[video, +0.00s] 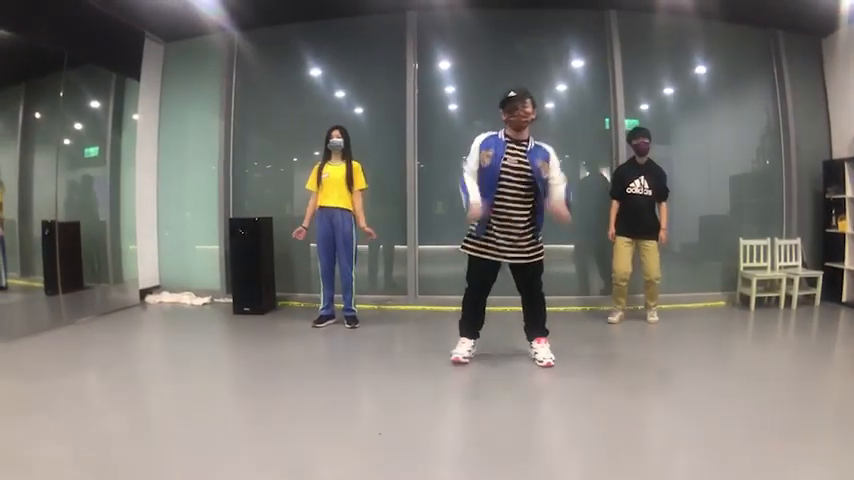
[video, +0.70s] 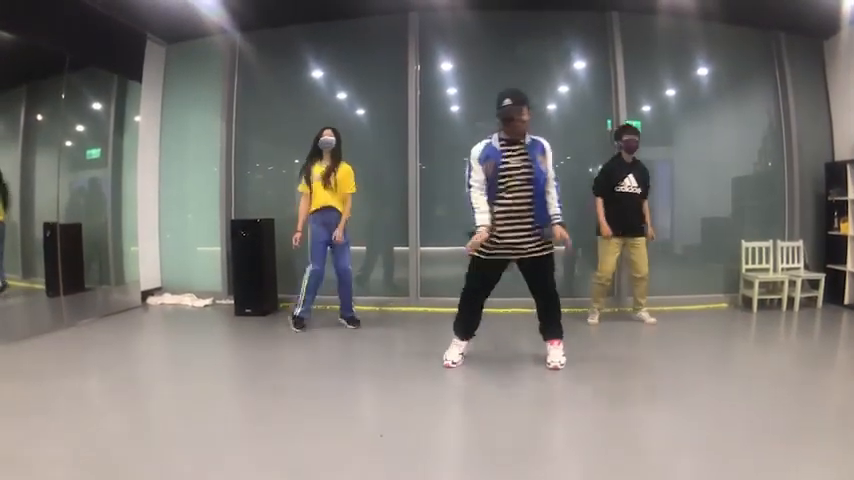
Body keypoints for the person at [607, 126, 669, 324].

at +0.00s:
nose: (643, 145)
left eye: (646, 142)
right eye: (638, 142)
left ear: (650, 144)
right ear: (631, 144)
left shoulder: (657, 172)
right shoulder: (621, 171)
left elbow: (662, 202)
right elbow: (615, 200)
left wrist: (663, 228)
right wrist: (611, 226)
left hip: (649, 232)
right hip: (624, 232)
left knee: (652, 276)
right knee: (620, 273)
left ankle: (651, 308)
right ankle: (619, 308)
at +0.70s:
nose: (632, 143)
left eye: (635, 140)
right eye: (627, 140)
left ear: (638, 142)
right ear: (619, 142)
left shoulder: (642, 170)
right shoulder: (610, 167)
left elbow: (644, 200)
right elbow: (598, 195)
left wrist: (648, 225)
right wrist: (602, 223)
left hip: (636, 230)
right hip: (612, 230)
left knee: (641, 273)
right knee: (605, 273)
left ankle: (640, 309)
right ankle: (595, 308)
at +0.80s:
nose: (639, 144)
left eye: (642, 140)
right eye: (634, 141)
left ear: (645, 142)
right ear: (626, 143)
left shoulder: (642, 169)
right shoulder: (618, 164)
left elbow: (642, 198)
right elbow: (604, 193)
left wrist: (651, 219)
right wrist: (612, 220)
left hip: (635, 228)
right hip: (614, 228)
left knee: (643, 270)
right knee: (603, 271)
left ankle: (640, 309)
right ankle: (586, 306)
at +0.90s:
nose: (645, 151)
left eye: (647, 147)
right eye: (640, 147)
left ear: (650, 148)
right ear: (630, 148)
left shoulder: (642, 172)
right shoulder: (622, 167)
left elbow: (640, 198)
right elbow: (605, 190)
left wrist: (653, 210)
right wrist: (619, 214)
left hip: (636, 230)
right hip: (615, 230)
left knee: (647, 271)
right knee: (603, 274)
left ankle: (640, 309)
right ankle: (581, 308)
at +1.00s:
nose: (647, 157)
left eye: (650, 153)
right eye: (643, 154)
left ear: (653, 154)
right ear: (633, 155)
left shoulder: (645, 174)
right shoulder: (625, 172)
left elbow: (647, 193)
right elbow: (605, 191)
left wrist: (658, 201)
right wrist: (624, 210)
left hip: (637, 236)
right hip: (618, 237)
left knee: (652, 274)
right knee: (606, 281)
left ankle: (641, 310)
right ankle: (579, 309)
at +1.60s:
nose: (608, 153)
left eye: (612, 150)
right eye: (604, 150)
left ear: (618, 150)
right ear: (599, 151)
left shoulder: (627, 171)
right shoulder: (593, 174)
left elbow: (647, 188)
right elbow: (582, 191)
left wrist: (634, 204)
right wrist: (581, 207)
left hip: (629, 234)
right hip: (603, 234)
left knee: (640, 275)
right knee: (595, 275)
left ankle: (655, 306)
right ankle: (597, 309)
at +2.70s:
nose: (606, 150)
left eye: (609, 146)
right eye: (602, 146)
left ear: (615, 149)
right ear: (596, 149)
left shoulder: (623, 171)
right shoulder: (589, 173)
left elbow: (641, 193)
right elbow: (578, 195)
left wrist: (628, 217)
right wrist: (580, 218)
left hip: (621, 234)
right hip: (596, 234)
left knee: (632, 276)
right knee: (590, 276)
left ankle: (649, 308)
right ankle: (589, 311)